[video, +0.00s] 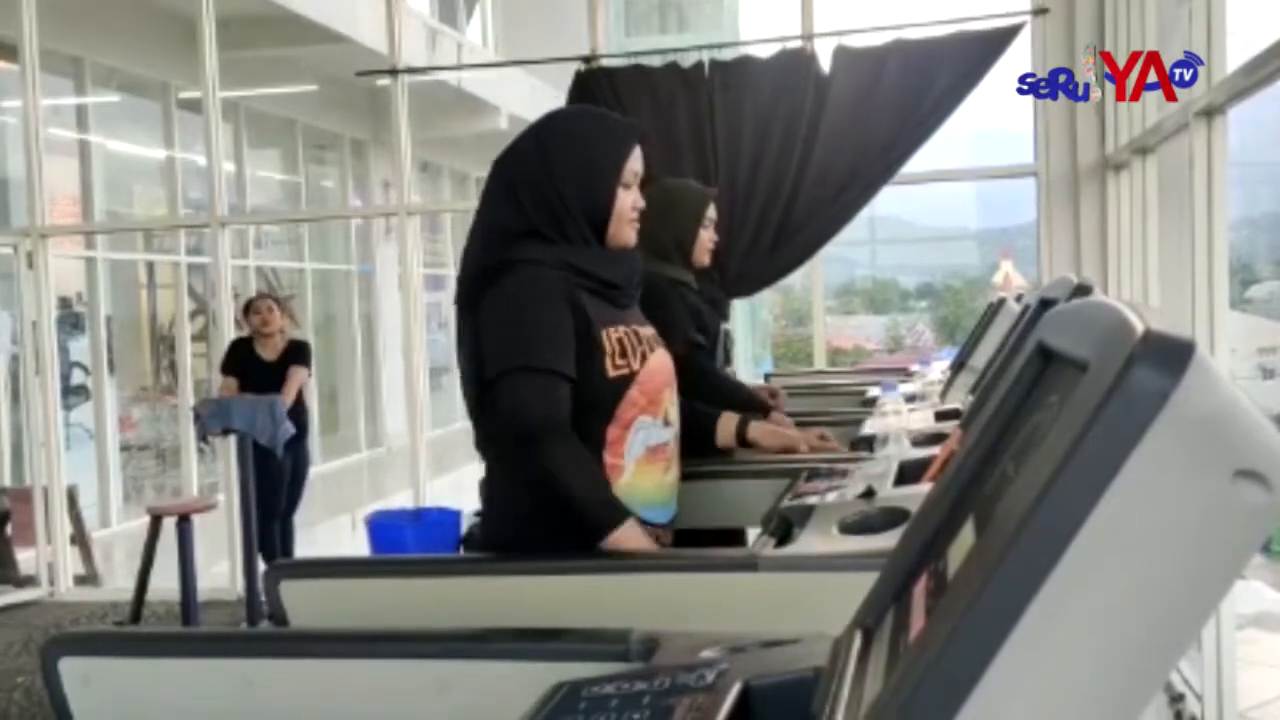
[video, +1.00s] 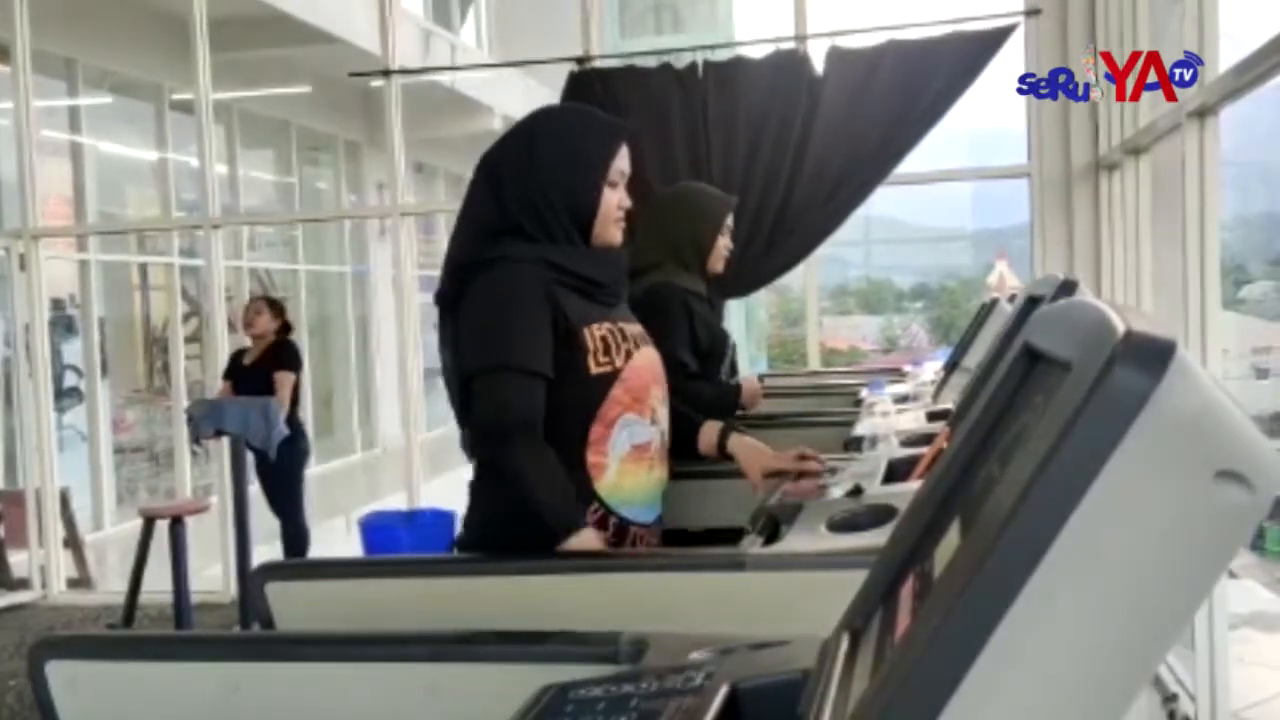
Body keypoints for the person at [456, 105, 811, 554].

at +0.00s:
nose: (641, 203)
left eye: (639, 186)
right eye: (626, 185)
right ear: (577, 185)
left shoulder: (603, 282)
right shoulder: (530, 287)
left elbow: (640, 406)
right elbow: (536, 439)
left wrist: (746, 431)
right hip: (561, 564)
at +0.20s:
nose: (643, 202)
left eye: (641, 187)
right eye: (629, 186)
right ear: (578, 184)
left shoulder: (608, 282)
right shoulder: (520, 290)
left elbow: (635, 406)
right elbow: (490, 446)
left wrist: (741, 432)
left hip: (618, 550)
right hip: (544, 562)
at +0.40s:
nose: (639, 219)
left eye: (637, 202)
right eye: (626, 201)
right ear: (576, 201)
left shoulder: (602, 305)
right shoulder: (516, 311)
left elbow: (627, 422)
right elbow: (468, 474)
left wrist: (738, 441)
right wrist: (427, 596)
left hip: (628, 566)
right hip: (554, 580)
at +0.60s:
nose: (629, 199)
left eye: (626, 181)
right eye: (614, 179)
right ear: (564, 179)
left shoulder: (588, 279)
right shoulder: (516, 285)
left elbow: (627, 400)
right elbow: (515, 449)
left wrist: (737, 425)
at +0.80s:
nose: (623, 212)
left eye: (621, 196)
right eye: (610, 195)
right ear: (561, 195)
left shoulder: (586, 296)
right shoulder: (517, 298)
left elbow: (628, 412)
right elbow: (548, 443)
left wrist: (735, 433)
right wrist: (675, 510)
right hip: (510, 560)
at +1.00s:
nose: (627, 202)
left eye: (625, 186)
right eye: (613, 185)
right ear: (563, 183)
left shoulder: (592, 282)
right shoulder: (511, 285)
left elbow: (633, 405)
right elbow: (508, 441)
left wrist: (734, 443)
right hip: (538, 569)